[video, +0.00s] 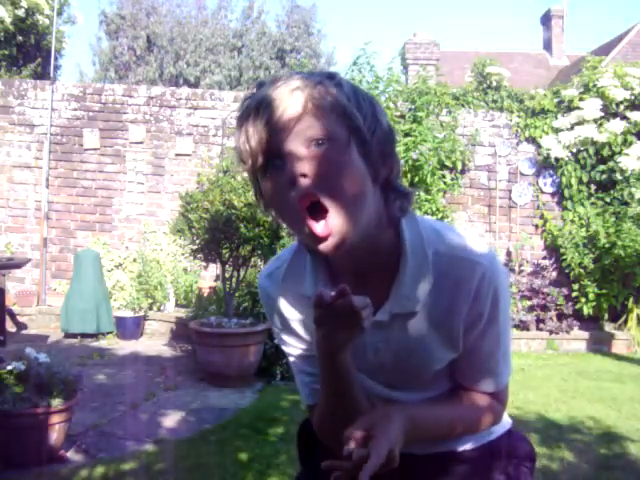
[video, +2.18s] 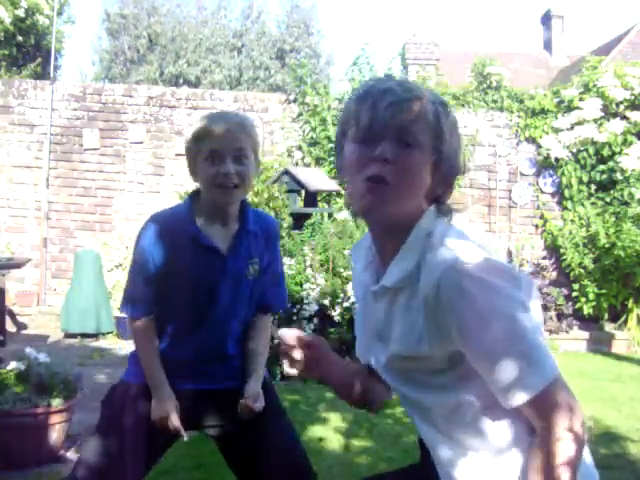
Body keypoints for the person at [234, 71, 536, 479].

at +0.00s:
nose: (297, 173)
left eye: (317, 144)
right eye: (273, 163)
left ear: (379, 159)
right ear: (264, 198)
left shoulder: (472, 273)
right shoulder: (282, 286)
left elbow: (485, 405)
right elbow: (336, 440)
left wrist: (402, 418)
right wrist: (333, 351)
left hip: (468, 454)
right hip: (355, 457)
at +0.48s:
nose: (264, 185)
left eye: (283, 157)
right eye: (256, 167)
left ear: (357, 154)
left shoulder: (467, 269)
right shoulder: (292, 273)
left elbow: (503, 410)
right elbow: (337, 447)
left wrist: (384, 459)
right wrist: (311, 353)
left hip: (483, 460)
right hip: (377, 458)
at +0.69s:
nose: (273, 164)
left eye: (282, 151)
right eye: (276, 150)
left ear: (326, 162)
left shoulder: (433, 284)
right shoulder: (333, 245)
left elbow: (552, 417)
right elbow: (313, 390)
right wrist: (277, 270)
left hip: (484, 472)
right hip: (413, 450)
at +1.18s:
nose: (345, 179)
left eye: (351, 164)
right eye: (350, 163)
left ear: (373, 178)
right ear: (456, 177)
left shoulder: (448, 277)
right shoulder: (413, 259)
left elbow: (556, 435)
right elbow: (368, 388)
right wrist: (344, 259)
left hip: (510, 471)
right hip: (456, 464)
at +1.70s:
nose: (352, 148)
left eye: (363, 137)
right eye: (359, 137)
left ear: (403, 154)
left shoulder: (456, 260)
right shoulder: (422, 251)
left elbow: (569, 422)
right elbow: (378, 378)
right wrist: (349, 253)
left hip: (524, 471)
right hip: (479, 464)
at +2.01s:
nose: (389, 150)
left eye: (414, 141)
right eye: (375, 136)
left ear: (447, 178)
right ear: (351, 158)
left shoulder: (466, 272)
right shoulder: (379, 253)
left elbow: (569, 421)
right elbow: (353, 389)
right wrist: (326, 283)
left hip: (526, 472)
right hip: (455, 464)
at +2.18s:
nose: (382, 153)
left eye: (406, 143)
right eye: (365, 139)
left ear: (439, 180)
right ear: (341, 163)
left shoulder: (464, 271)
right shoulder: (367, 258)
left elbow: (562, 420)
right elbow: (375, 392)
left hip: (517, 470)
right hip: (445, 463)